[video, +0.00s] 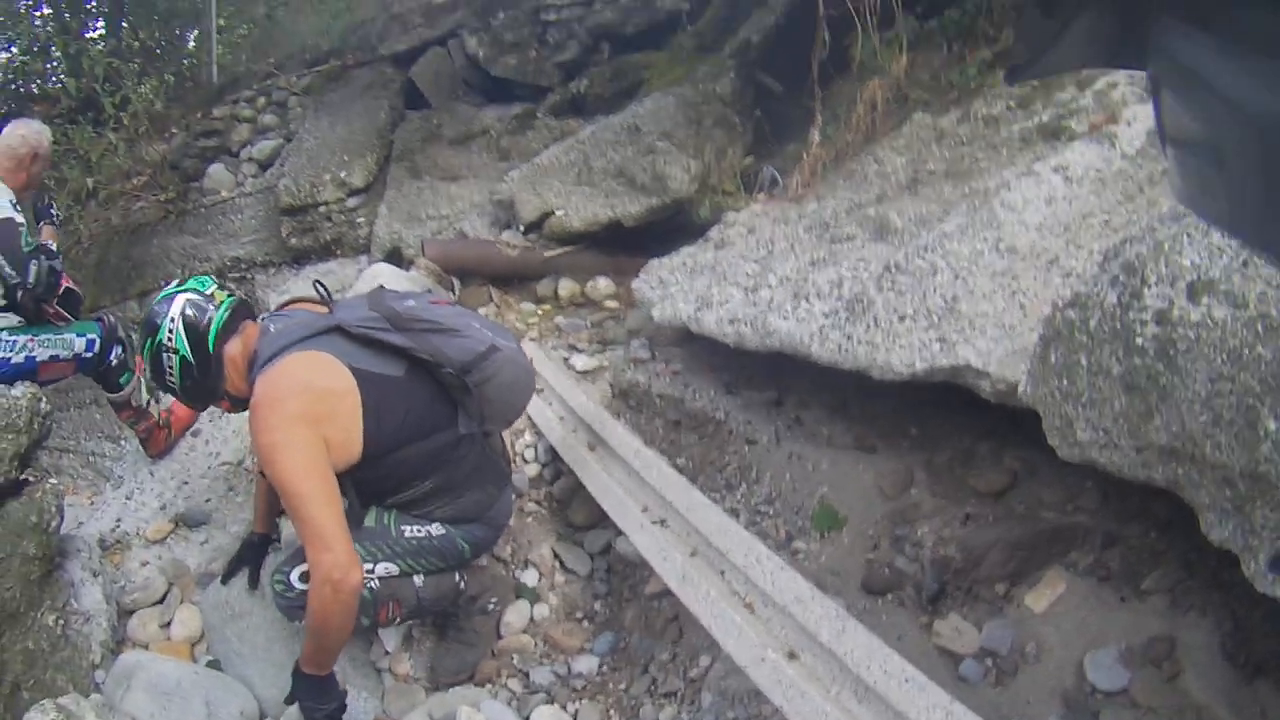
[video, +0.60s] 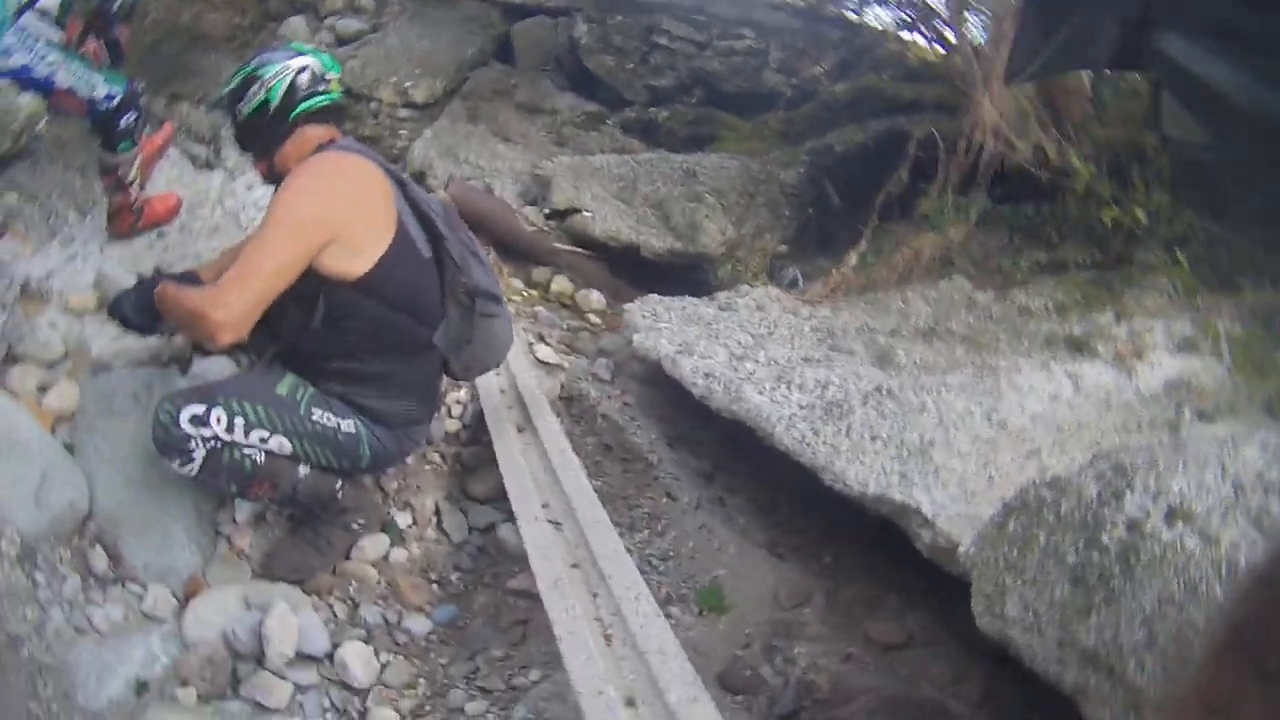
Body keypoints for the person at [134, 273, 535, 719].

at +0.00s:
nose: (217, 404)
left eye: (206, 392)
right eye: (204, 396)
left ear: (209, 369)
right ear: (235, 314)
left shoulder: (279, 413)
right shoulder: (298, 311)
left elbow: (341, 575)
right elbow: (279, 442)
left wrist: (314, 676)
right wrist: (261, 531)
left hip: (458, 519)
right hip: (469, 443)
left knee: (290, 585)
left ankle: (462, 592)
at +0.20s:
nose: (261, 408)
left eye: (251, 395)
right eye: (251, 398)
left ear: (257, 380)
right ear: (296, 323)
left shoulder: (323, 408)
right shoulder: (346, 342)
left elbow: (345, 578)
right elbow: (299, 458)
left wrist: (281, 663)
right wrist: (271, 554)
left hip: (485, 565)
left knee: (317, 626)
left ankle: (478, 637)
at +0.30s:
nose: (271, 405)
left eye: (262, 390)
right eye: (258, 395)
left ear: (270, 362)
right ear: (309, 328)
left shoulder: (335, 404)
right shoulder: (352, 357)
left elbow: (323, 563)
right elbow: (297, 456)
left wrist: (237, 629)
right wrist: (252, 539)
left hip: (481, 576)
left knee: (303, 622)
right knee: (313, 475)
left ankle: (472, 650)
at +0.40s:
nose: (237, 319)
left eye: (226, 302)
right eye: (225, 308)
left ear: (238, 278)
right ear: (275, 243)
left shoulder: (308, 315)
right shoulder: (322, 274)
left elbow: (270, 474)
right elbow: (271, 370)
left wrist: (175, 517)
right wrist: (215, 442)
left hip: (434, 507)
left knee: (261, 560)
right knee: (280, 405)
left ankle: (424, 588)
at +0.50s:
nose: (216, 240)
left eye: (210, 222)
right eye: (207, 226)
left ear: (230, 200)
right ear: (266, 180)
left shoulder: (292, 245)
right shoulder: (305, 221)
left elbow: (224, 396)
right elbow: (245, 310)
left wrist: (135, 406)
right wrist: (177, 367)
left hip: (380, 458)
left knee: (204, 501)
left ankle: (363, 542)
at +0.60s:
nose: (259, 169)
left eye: (256, 150)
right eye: (251, 153)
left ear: (278, 125)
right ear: (314, 113)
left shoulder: (320, 185)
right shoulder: (346, 167)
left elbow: (222, 323)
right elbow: (252, 258)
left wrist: (160, 296)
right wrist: (181, 289)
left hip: (370, 422)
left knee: (181, 425)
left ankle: (335, 502)